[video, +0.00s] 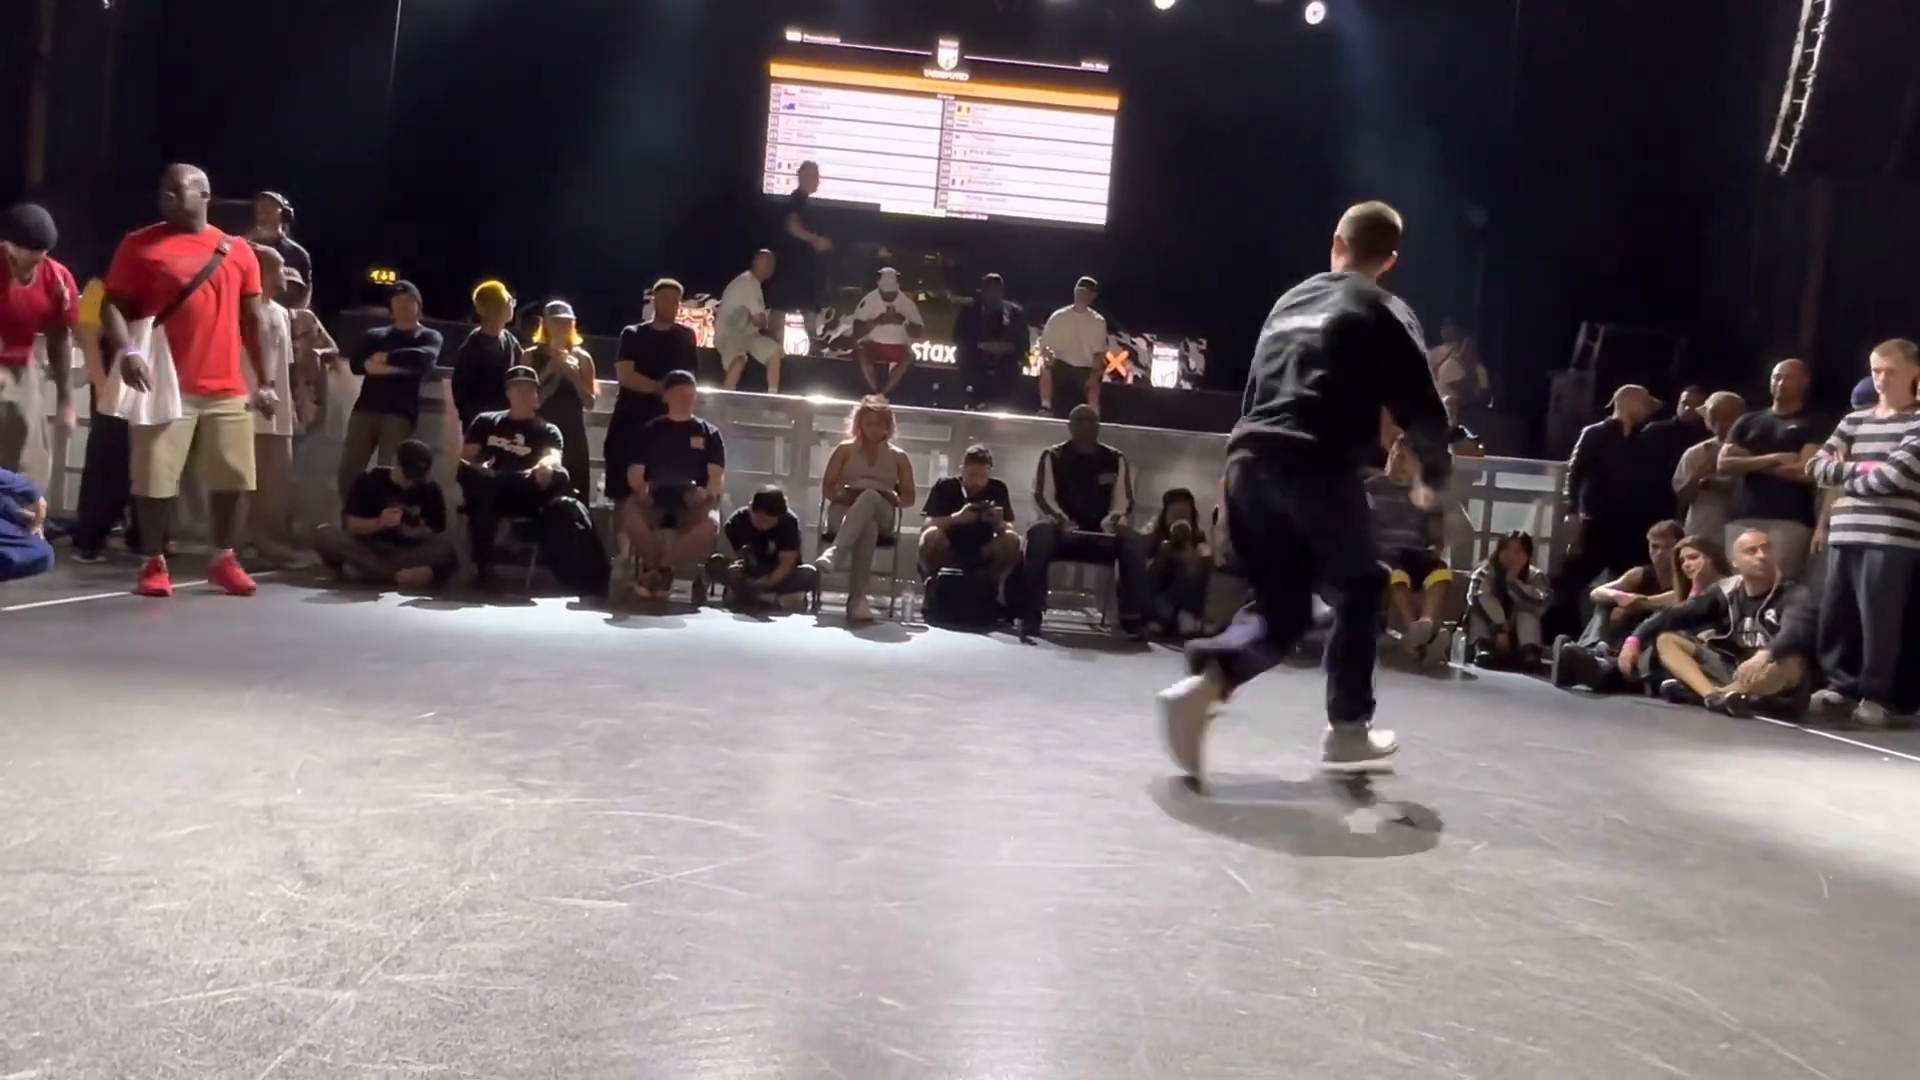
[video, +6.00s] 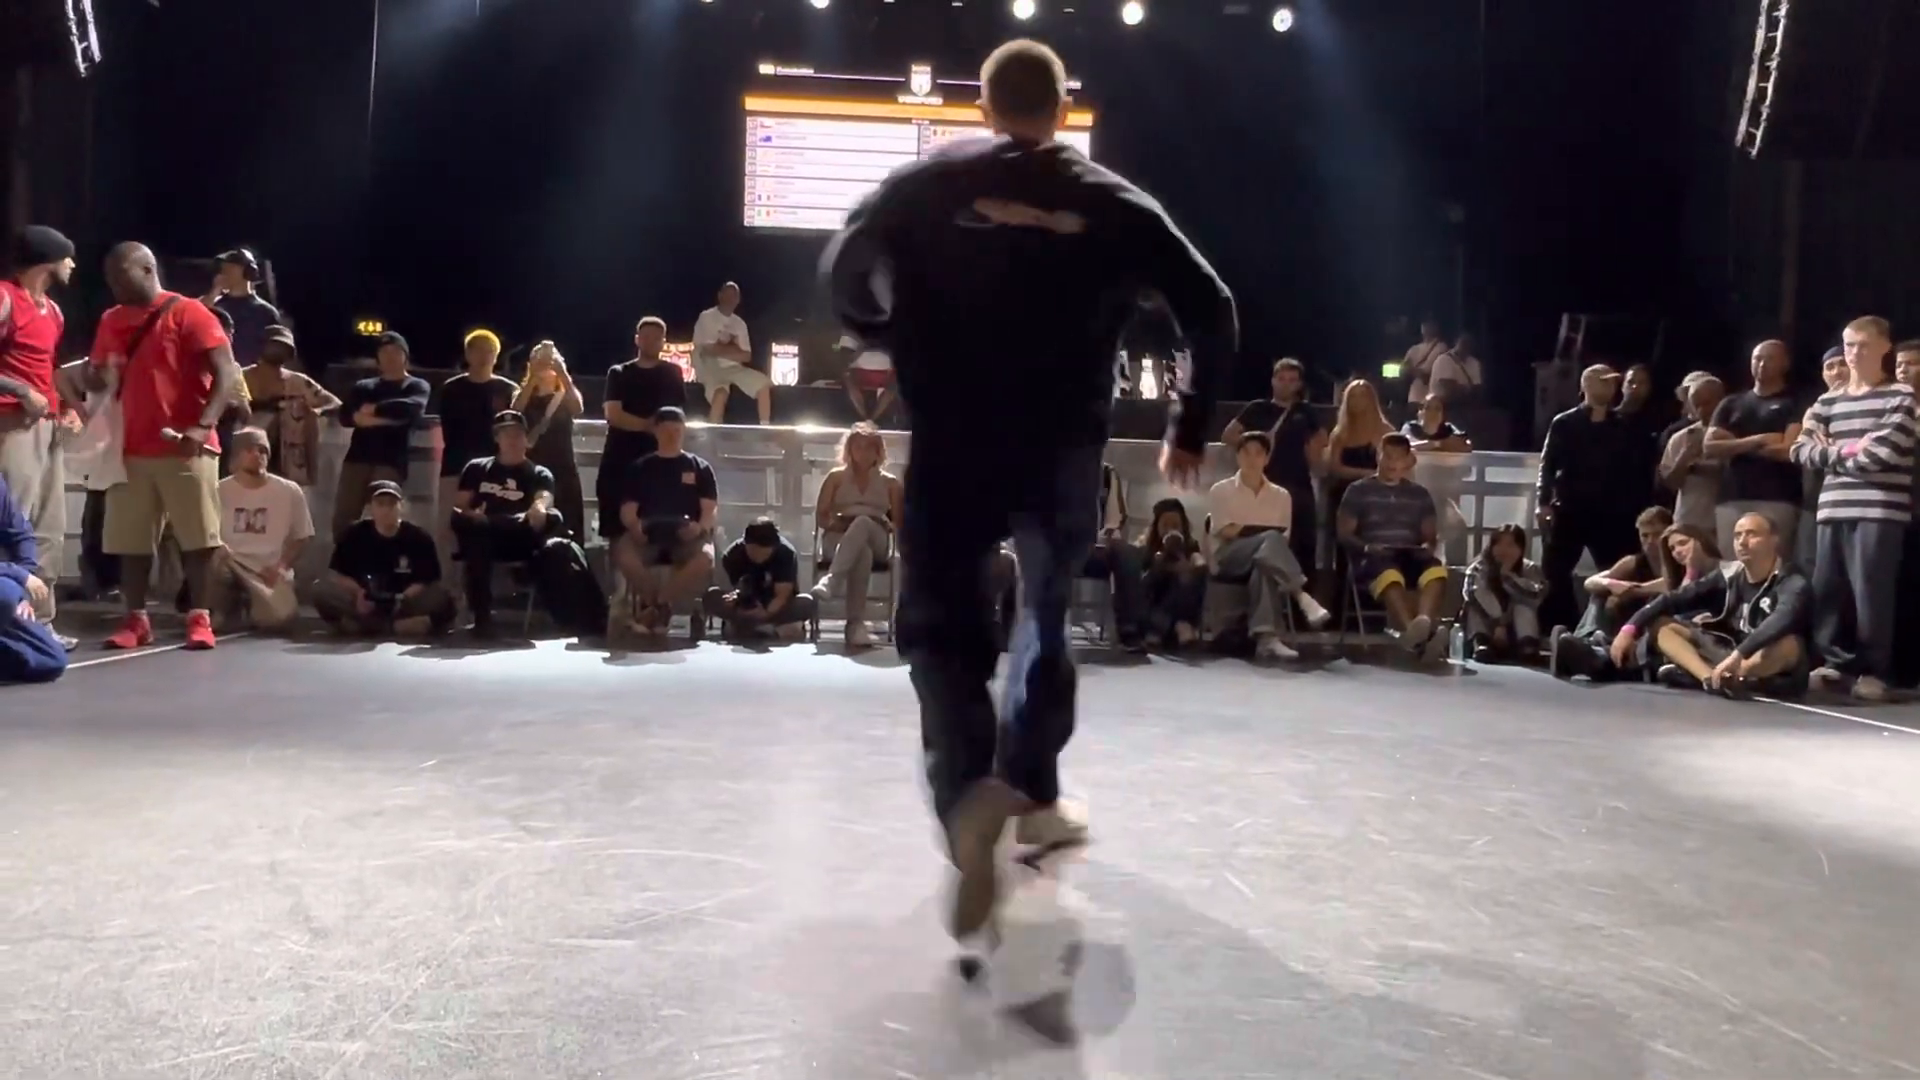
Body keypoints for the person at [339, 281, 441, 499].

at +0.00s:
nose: (402, 305)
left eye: (407, 300)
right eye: (398, 301)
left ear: (418, 306)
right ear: (391, 307)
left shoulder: (430, 336)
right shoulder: (375, 334)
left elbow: (423, 361)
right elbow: (357, 366)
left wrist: (385, 357)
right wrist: (400, 368)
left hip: (400, 414)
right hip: (366, 410)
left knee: (388, 475)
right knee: (349, 470)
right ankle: (350, 525)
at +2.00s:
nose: (403, 303)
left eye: (408, 299)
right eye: (398, 299)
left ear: (418, 305)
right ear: (391, 306)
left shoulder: (430, 335)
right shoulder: (375, 333)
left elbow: (422, 360)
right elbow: (356, 363)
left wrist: (383, 355)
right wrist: (398, 367)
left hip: (399, 413)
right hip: (366, 409)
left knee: (390, 473)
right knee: (348, 469)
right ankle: (349, 522)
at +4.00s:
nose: (376, 330)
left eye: (381, 325)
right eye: (371, 325)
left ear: (390, 331)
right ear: (363, 331)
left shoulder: (402, 360)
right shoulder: (348, 359)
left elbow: (397, 384)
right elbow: (329, 390)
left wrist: (357, 382)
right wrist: (372, 392)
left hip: (374, 437)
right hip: (341, 434)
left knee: (370, 498)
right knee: (324, 496)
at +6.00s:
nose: (389, 357)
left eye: (395, 352)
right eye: (385, 352)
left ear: (405, 357)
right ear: (378, 358)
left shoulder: (418, 386)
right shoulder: (364, 385)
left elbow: (412, 410)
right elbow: (346, 417)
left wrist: (373, 409)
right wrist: (388, 420)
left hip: (390, 462)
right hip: (358, 459)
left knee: (384, 521)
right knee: (343, 520)